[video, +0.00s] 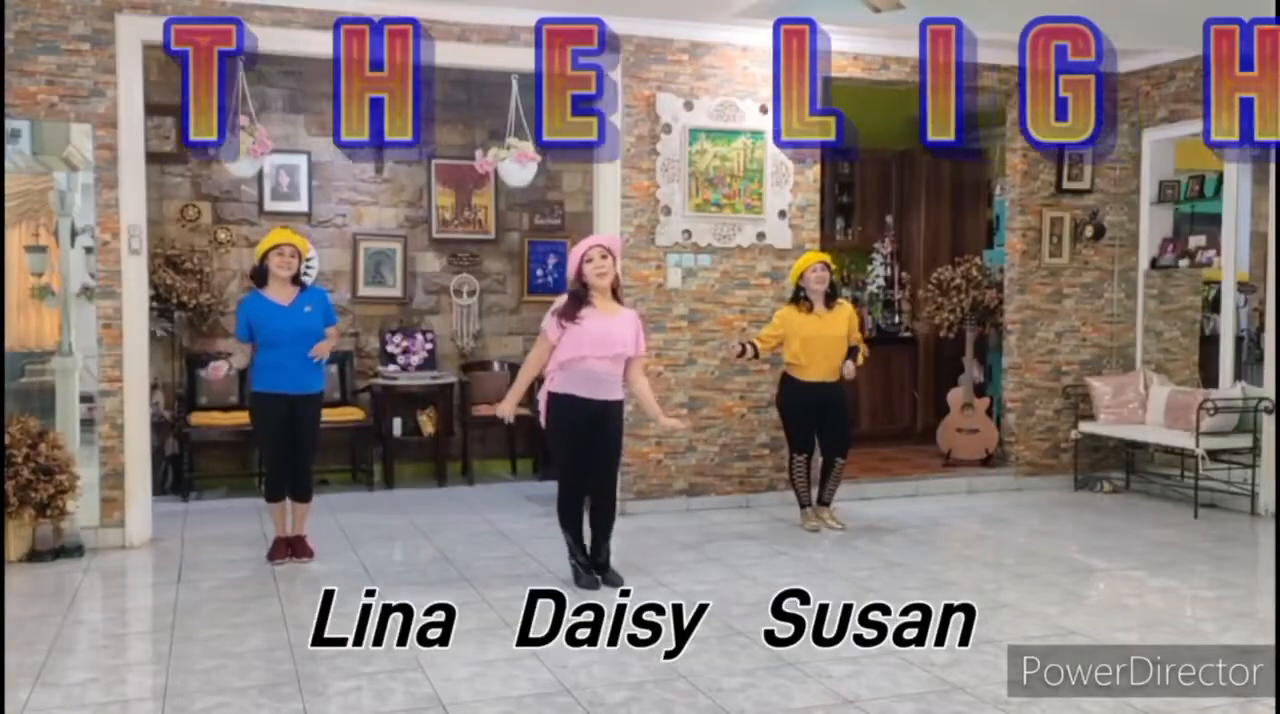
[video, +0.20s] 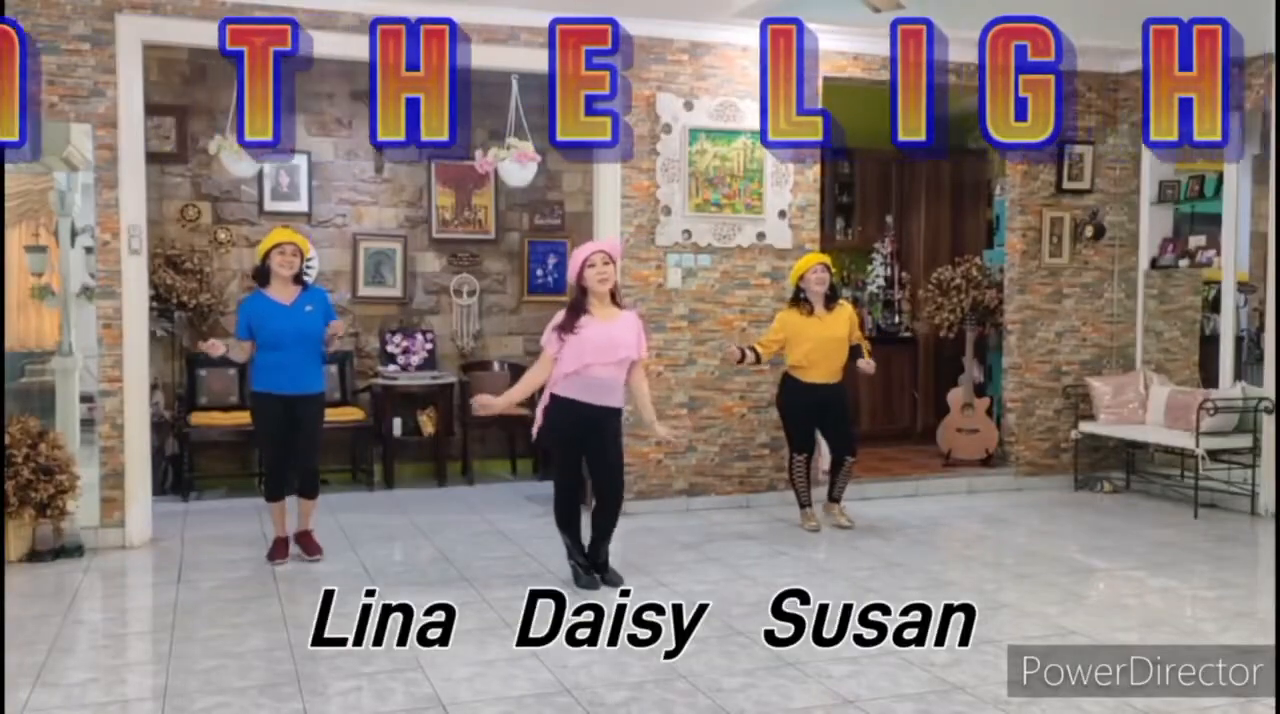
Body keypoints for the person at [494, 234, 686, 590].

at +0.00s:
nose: (599, 264)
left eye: (605, 258)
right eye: (591, 260)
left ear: (616, 266)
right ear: (580, 272)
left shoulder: (629, 319)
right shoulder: (566, 308)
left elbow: (635, 375)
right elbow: (537, 357)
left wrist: (660, 417)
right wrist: (510, 401)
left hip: (608, 406)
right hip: (566, 403)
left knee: (605, 485)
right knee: (572, 482)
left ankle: (601, 559)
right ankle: (578, 559)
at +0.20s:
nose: (601, 271)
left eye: (607, 265)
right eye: (592, 266)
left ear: (615, 272)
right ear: (580, 277)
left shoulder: (630, 322)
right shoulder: (567, 319)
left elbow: (637, 377)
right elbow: (542, 368)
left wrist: (653, 424)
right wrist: (501, 402)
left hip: (607, 417)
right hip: (564, 412)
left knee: (611, 489)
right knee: (568, 487)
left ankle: (598, 557)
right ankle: (576, 558)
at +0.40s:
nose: (601, 263)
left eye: (606, 257)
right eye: (592, 259)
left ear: (616, 266)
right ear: (580, 271)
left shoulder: (631, 314)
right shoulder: (568, 316)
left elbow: (646, 369)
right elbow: (547, 371)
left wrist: (669, 410)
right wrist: (514, 409)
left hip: (617, 408)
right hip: (573, 407)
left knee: (629, 487)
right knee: (575, 485)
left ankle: (629, 560)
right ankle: (579, 560)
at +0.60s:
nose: (603, 262)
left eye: (609, 257)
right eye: (595, 257)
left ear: (618, 266)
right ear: (581, 267)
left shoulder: (636, 307)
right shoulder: (574, 318)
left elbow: (656, 360)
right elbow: (565, 377)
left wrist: (683, 399)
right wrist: (542, 422)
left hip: (635, 405)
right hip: (590, 407)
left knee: (638, 487)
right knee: (586, 486)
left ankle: (644, 562)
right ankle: (581, 561)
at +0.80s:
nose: (610, 266)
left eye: (615, 260)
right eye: (601, 261)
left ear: (623, 269)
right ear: (586, 272)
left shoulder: (643, 304)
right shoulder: (585, 324)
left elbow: (671, 351)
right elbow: (585, 382)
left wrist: (709, 382)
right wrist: (573, 429)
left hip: (654, 406)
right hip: (611, 410)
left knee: (650, 486)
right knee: (602, 485)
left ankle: (646, 560)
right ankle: (584, 554)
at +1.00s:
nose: (617, 266)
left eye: (622, 261)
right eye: (608, 261)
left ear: (630, 268)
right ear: (594, 273)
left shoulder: (650, 302)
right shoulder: (592, 325)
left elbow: (680, 350)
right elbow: (596, 381)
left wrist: (722, 374)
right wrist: (594, 421)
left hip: (662, 404)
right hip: (621, 408)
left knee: (654, 487)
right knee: (618, 485)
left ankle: (646, 559)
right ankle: (606, 549)